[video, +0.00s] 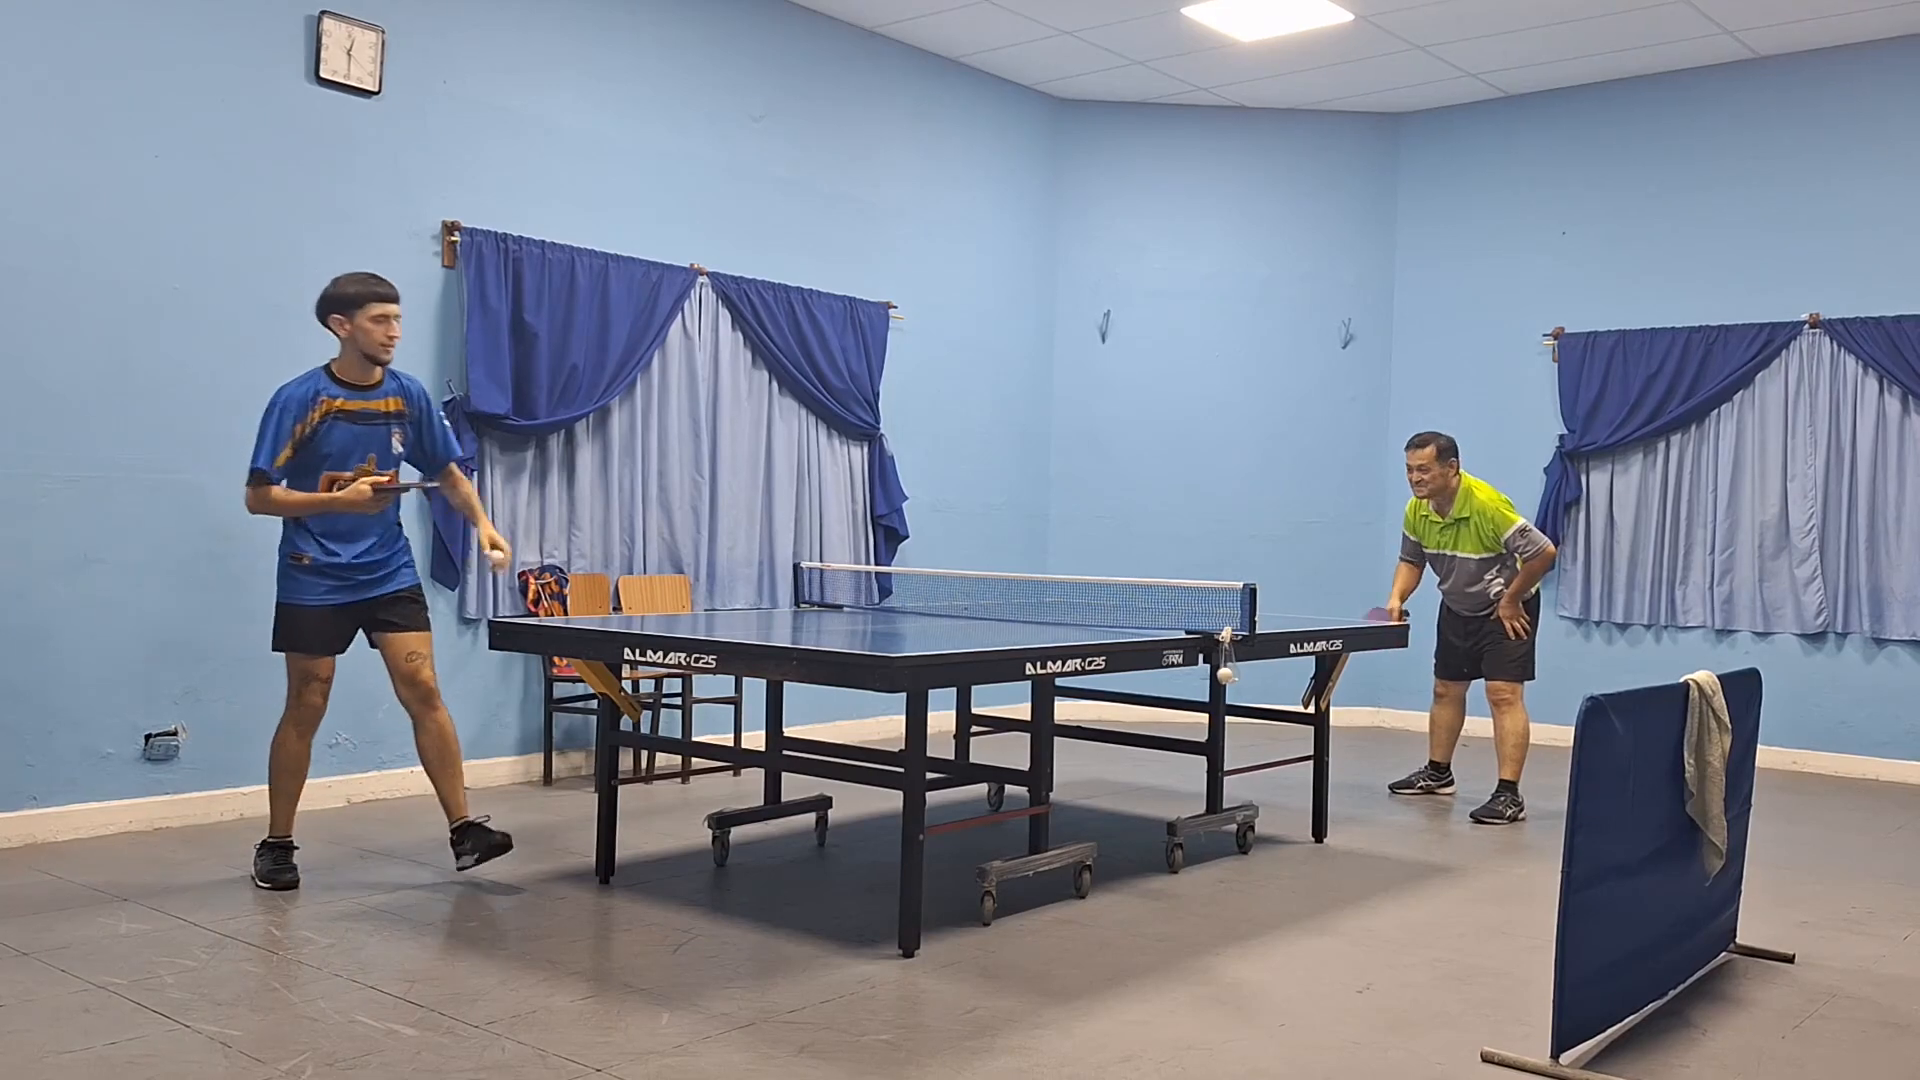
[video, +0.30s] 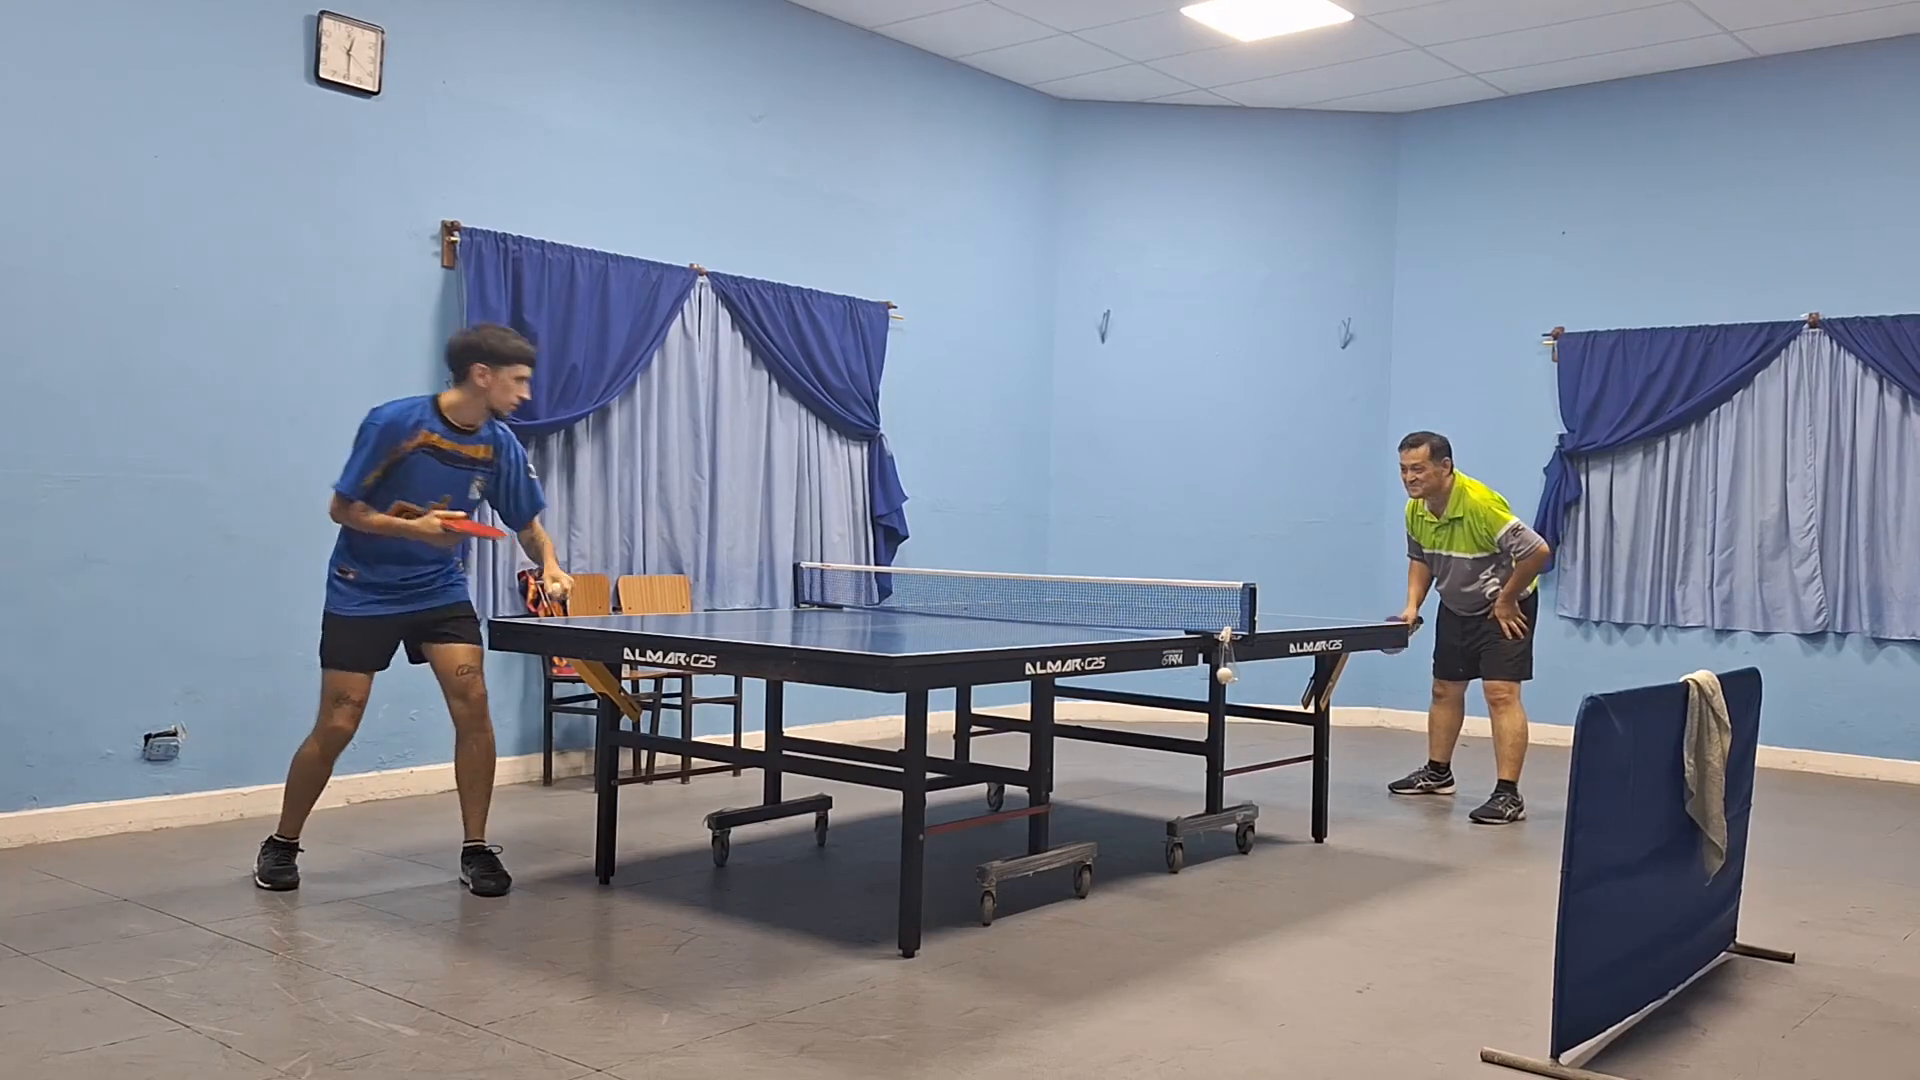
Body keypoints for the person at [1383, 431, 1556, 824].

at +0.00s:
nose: (1415, 477)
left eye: (1423, 469)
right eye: (1410, 469)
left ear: (1451, 470)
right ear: (1407, 471)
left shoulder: (1486, 506)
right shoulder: (1417, 510)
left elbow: (1543, 552)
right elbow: (1411, 561)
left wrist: (1512, 597)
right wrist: (1396, 597)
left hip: (1505, 608)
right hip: (1456, 608)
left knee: (1503, 694)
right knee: (1446, 689)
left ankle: (1508, 793)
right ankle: (1438, 771)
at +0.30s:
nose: (1409, 476)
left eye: (1417, 468)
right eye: (1404, 469)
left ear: (1445, 468)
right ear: (1401, 470)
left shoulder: (1480, 504)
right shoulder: (1416, 509)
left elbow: (1537, 551)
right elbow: (1419, 560)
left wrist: (1508, 597)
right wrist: (1412, 605)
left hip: (1503, 606)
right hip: (1455, 607)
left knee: (1501, 693)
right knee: (1445, 689)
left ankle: (1507, 793)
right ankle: (1438, 770)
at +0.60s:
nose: (1405, 476)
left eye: (1413, 468)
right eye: (1400, 469)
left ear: (1441, 467)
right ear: (1396, 471)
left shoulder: (1475, 503)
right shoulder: (1413, 511)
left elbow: (1530, 548)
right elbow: (1406, 564)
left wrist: (1502, 597)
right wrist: (1380, 587)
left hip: (1503, 605)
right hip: (1455, 608)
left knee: (1499, 692)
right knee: (1443, 688)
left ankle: (1507, 793)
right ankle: (1437, 770)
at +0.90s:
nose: (1404, 475)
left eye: (1412, 467)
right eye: (1399, 468)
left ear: (1439, 465)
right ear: (1395, 470)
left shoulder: (1476, 501)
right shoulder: (1411, 510)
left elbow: (1529, 548)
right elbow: (1404, 563)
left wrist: (1483, 593)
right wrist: (1378, 586)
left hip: (1504, 600)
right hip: (1453, 603)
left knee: (1497, 690)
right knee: (1439, 687)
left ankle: (1507, 793)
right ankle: (1436, 770)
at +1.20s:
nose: (1404, 473)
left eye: (1412, 465)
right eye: (1399, 467)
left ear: (1439, 464)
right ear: (1396, 469)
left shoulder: (1479, 502)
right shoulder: (1411, 510)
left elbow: (1521, 554)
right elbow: (1410, 562)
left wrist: (1470, 591)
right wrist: (1385, 593)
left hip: (1502, 601)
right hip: (1451, 604)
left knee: (1497, 690)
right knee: (1437, 687)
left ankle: (1506, 793)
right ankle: (1436, 771)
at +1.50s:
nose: (1402, 473)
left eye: (1411, 465)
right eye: (1398, 466)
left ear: (1438, 464)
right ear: (1395, 468)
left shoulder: (1478, 502)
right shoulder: (1411, 509)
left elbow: (1515, 557)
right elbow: (1408, 564)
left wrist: (1461, 589)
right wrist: (1382, 594)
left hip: (1501, 601)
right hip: (1451, 605)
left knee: (1496, 690)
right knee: (1438, 686)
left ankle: (1506, 793)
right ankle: (1435, 770)